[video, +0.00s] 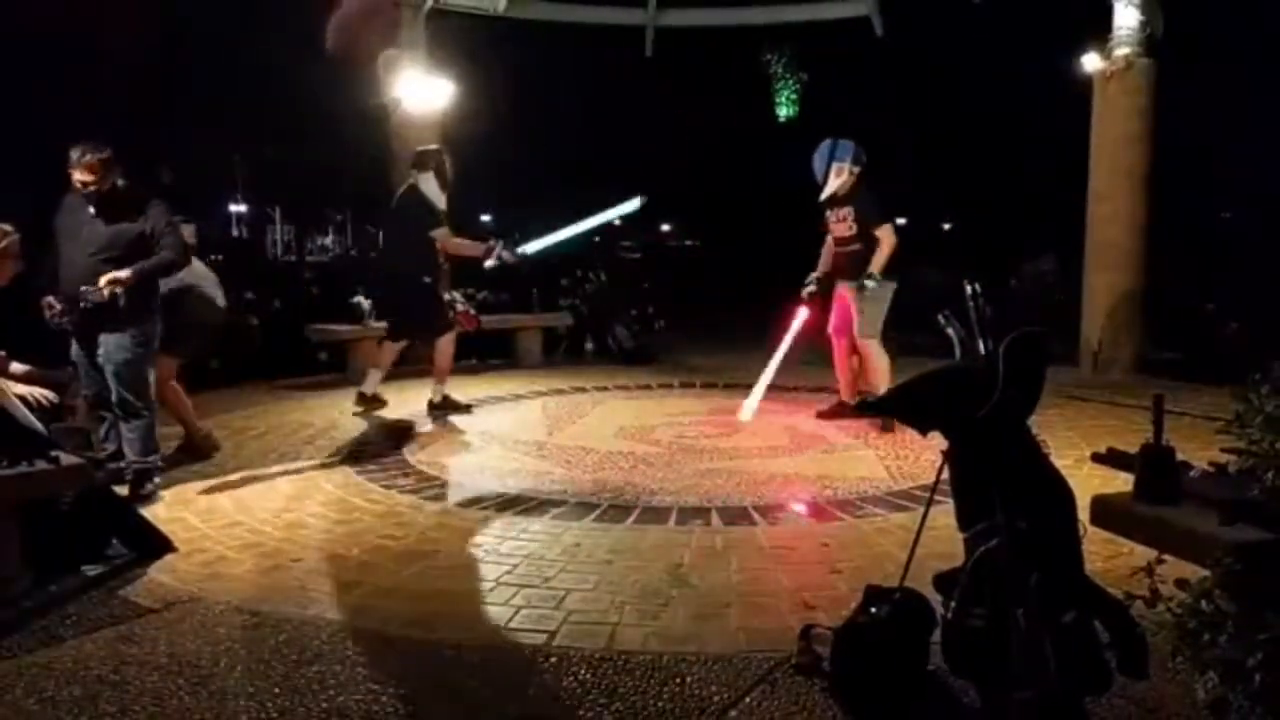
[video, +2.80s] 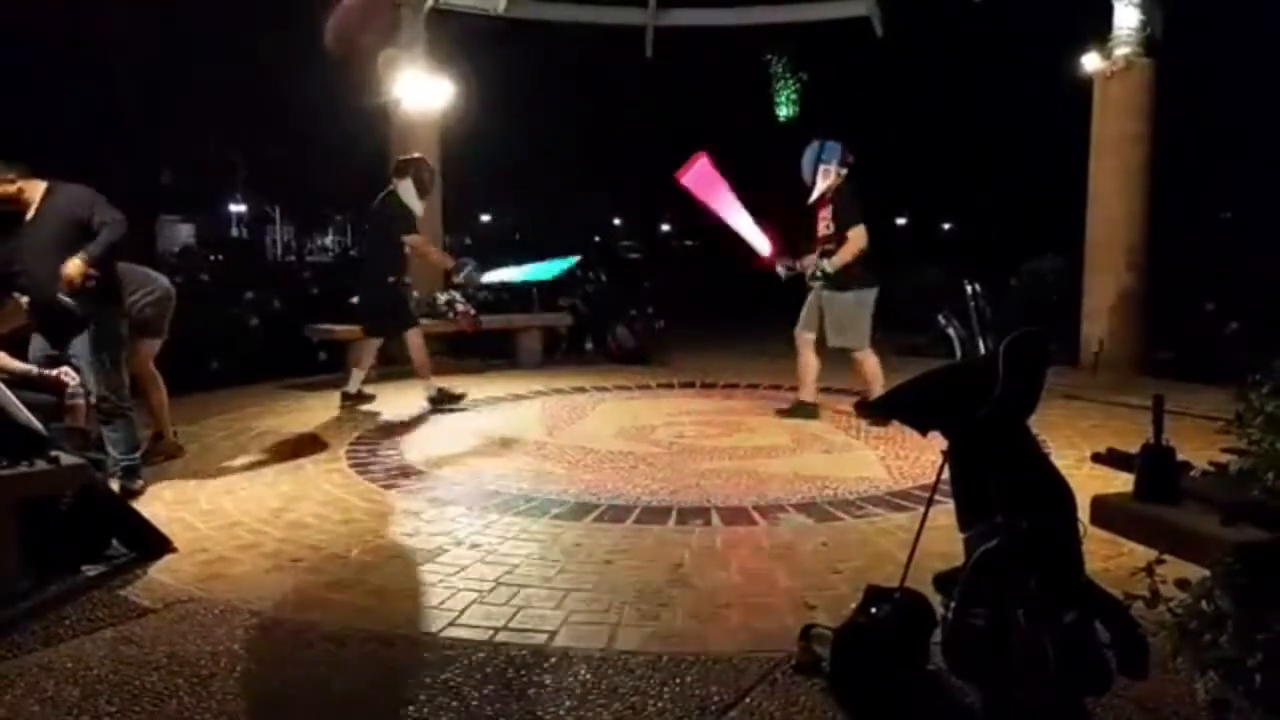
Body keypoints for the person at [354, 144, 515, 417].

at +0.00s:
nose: (450, 175)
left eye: (448, 169)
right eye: (446, 169)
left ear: (419, 168)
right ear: (435, 169)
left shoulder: (408, 195)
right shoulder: (422, 197)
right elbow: (446, 242)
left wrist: (482, 248)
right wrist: (486, 249)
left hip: (397, 277)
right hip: (415, 279)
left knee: (399, 332)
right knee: (446, 329)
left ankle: (368, 390)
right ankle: (439, 396)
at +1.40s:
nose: (463, 185)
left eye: (462, 179)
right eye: (459, 179)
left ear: (442, 181)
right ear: (446, 181)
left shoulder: (439, 207)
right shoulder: (429, 212)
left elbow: (445, 254)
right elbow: (438, 263)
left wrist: (464, 274)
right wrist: (467, 276)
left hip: (426, 285)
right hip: (428, 286)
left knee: (413, 335)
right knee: (470, 326)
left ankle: (373, 384)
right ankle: (473, 392)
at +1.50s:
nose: (451, 185)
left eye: (451, 179)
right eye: (447, 179)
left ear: (432, 180)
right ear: (435, 181)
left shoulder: (432, 208)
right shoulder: (415, 212)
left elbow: (431, 249)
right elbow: (415, 260)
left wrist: (446, 274)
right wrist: (440, 286)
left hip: (418, 277)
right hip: (410, 280)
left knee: (401, 334)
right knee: (447, 327)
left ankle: (369, 386)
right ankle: (467, 389)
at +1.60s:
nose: (448, 180)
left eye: (447, 174)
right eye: (443, 174)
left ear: (434, 176)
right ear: (430, 176)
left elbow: (432, 247)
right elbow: (405, 256)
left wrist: (438, 274)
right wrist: (424, 282)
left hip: (418, 277)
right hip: (405, 279)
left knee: (394, 333)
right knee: (435, 327)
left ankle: (369, 387)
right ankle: (450, 391)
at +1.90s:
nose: (437, 179)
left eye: (436, 173)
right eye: (432, 173)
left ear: (421, 175)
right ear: (419, 175)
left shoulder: (419, 202)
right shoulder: (400, 202)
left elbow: (420, 239)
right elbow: (411, 241)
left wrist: (439, 241)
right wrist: (435, 242)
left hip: (402, 279)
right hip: (399, 280)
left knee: (393, 331)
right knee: (436, 322)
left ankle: (368, 387)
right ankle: (426, 385)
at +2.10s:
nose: (447, 179)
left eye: (446, 173)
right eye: (443, 173)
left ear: (423, 175)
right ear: (430, 175)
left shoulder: (419, 201)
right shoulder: (413, 202)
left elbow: (432, 235)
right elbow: (428, 234)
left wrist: (458, 232)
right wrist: (460, 232)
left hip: (402, 285)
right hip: (408, 286)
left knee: (401, 333)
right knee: (452, 324)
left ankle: (369, 387)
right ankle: (459, 391)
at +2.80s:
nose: (430, 186)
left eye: (431, 179)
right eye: (427, 179)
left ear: (404, 178)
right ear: (414, 178)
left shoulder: (389, 201)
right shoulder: (396, 204)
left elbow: (415, 245)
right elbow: (417, 245)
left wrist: (449, 264)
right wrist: (452, 265)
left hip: (378, 280)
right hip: (387, 282)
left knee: (374, 335)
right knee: (412, 331)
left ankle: (352, 389)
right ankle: (431, 390)